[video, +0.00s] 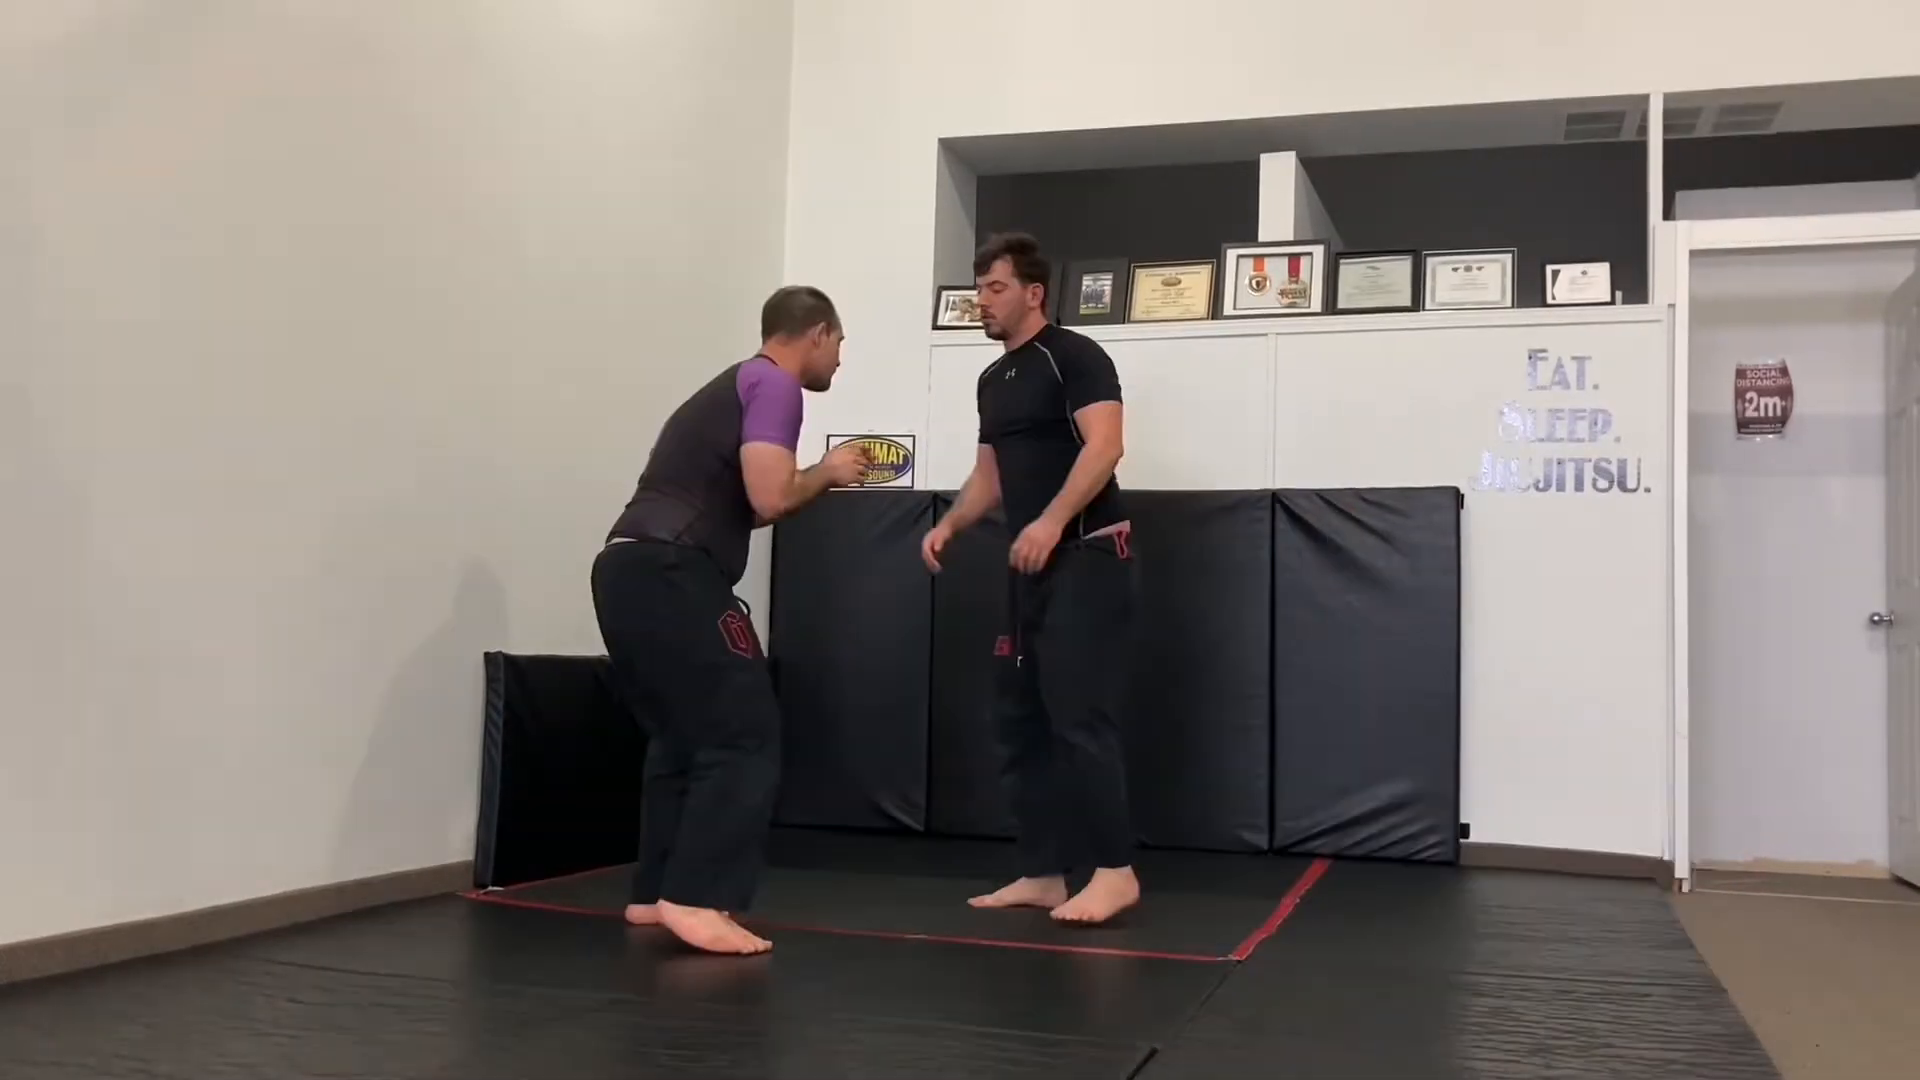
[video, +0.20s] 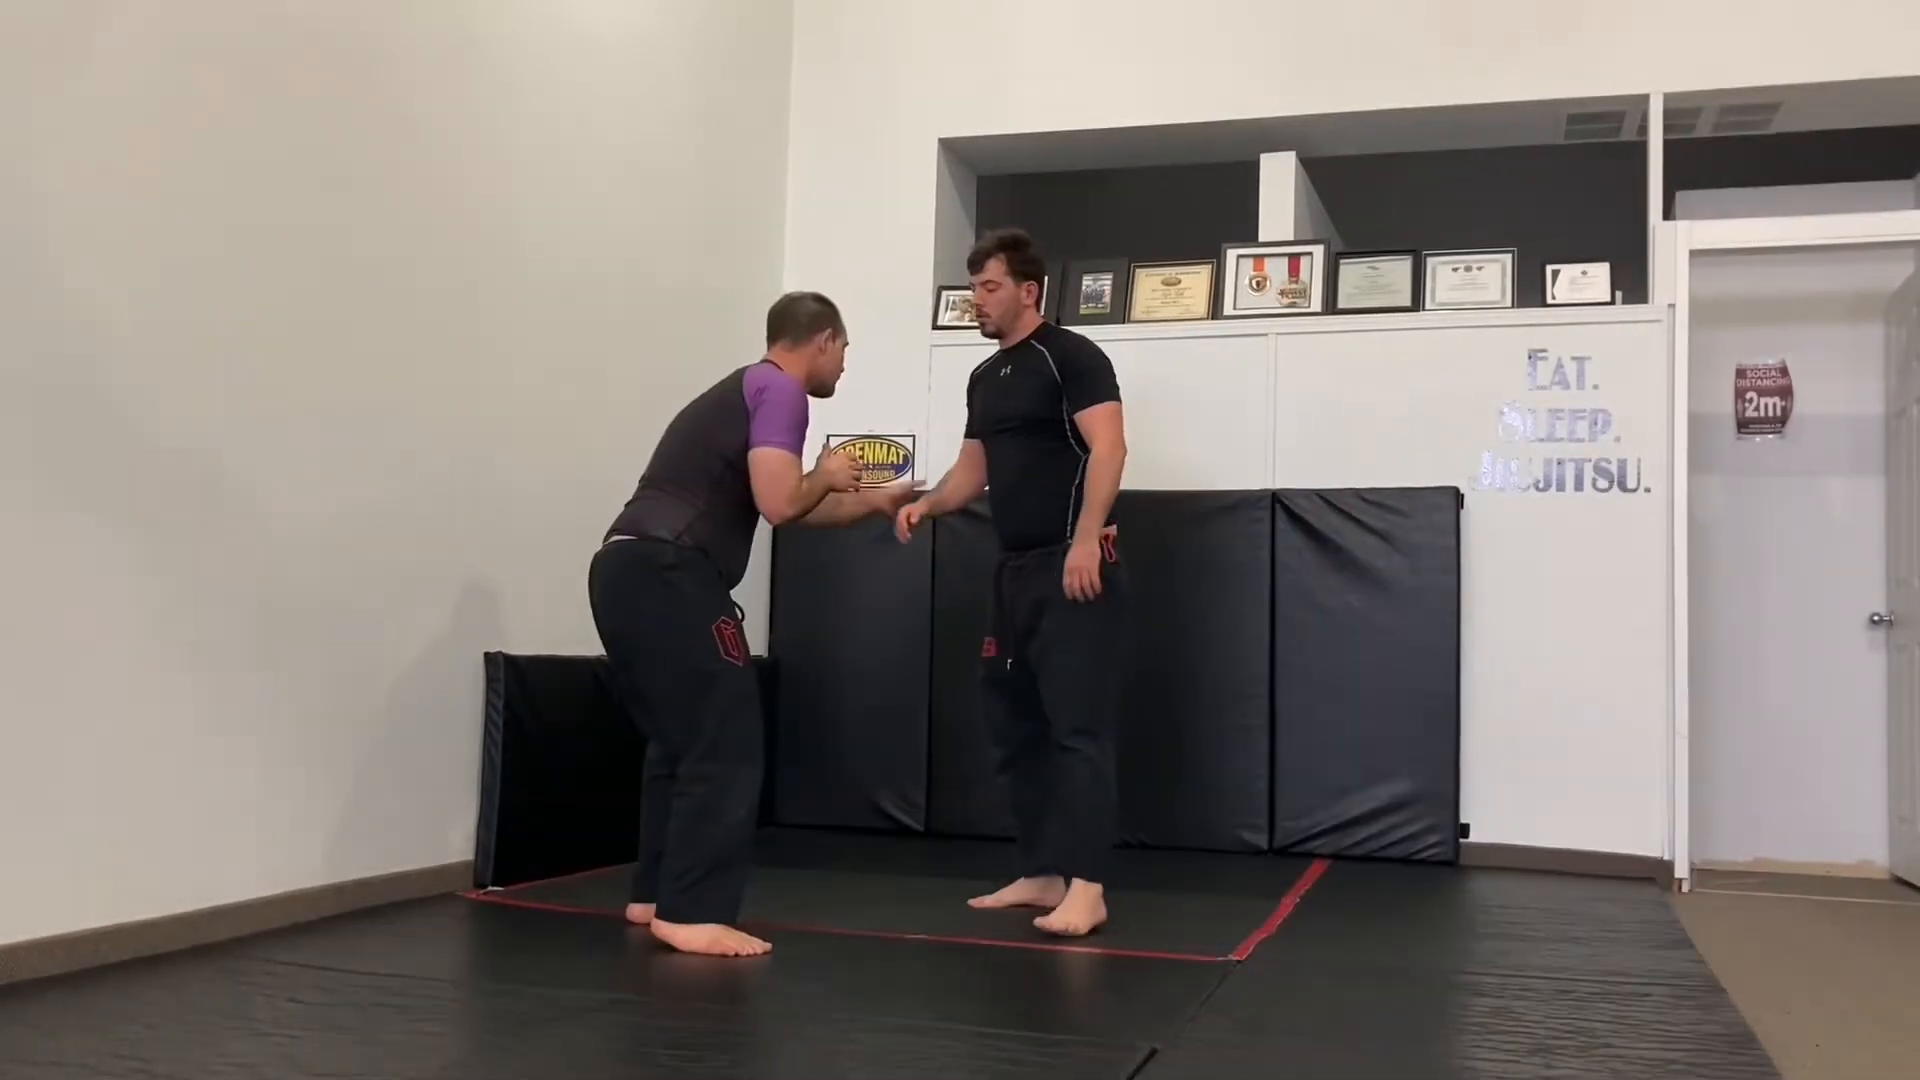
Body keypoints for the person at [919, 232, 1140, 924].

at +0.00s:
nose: (983, 299)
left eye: (995, 287)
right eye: (980, 289)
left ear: (1034, 293)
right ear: (992, 298)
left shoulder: (1077, 354)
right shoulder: (994, 378)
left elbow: (1105, 446)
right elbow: (992, 471)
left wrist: (1051, 520)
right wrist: (951, 522)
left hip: (1090, 552)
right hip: (1030, 555)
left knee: (1080, 707)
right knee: (1022, 708)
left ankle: (1115, 871)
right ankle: (1045, 872)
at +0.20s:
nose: (976, 300)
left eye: (989, 288)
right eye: (975, 289)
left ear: (1030, 291)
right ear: (986, 295)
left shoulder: (1074, 354)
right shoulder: (985, 376)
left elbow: (1110, 447)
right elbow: (974, 465)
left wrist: (1087, 538)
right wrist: (932, 502)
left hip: (1075, 563)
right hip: (1016, 569)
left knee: (1078, 724)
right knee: (1017, 721)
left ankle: (1088, 885)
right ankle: (1042, 873)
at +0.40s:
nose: (980, 299)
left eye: (993, 287)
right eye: (979, 287)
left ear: (1033, 288)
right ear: (997, 292)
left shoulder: (1082, 354)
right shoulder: (993, 372)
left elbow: (1120, 446)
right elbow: (977, 463)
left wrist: (1092, 541)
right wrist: (931, 512)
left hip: (1077, 564)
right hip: (1018, 568)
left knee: (1072, 728)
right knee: (1007, 719)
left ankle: (1082, 894)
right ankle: (1041, 873)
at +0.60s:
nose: (989, 295)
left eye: (1001, 282)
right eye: (987, 283)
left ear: (1044, 285)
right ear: (1001, 290)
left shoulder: (1092, 347)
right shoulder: (1000, 371)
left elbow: (1129, 446)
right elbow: (967, 460)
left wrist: (1084, 535)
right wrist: (910, 519)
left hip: (1092, 568)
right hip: (1030, 567)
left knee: (1075, 732)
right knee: (985, 713)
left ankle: (1082, 901)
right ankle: (1020, 858)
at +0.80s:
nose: (981, 300)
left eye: (994, 288)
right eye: (978, 289)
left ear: (1037, 288)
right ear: (984, 292)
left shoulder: (1089, 350)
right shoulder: (985, 375)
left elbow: (1131, 447)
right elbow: (942, 465)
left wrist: (1098, 535)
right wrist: (884, 522)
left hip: (1093, 568)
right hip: (1027, 570)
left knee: (1080, 736)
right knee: (975, 717)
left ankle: (1084, 903)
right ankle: (927, 874)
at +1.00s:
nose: (961, 310)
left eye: (974, 297)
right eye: (957, 298)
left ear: (1017, 296)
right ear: (957, 301)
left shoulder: (1074, 359)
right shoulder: (955, 383)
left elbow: (1128, 451)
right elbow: (911, 475)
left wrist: (1120, 544)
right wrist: (858, 539)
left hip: (1076, 571)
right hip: (1004, 577)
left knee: (1073, 739)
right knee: (957, 728)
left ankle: (1082, 903)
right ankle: (909, 884)